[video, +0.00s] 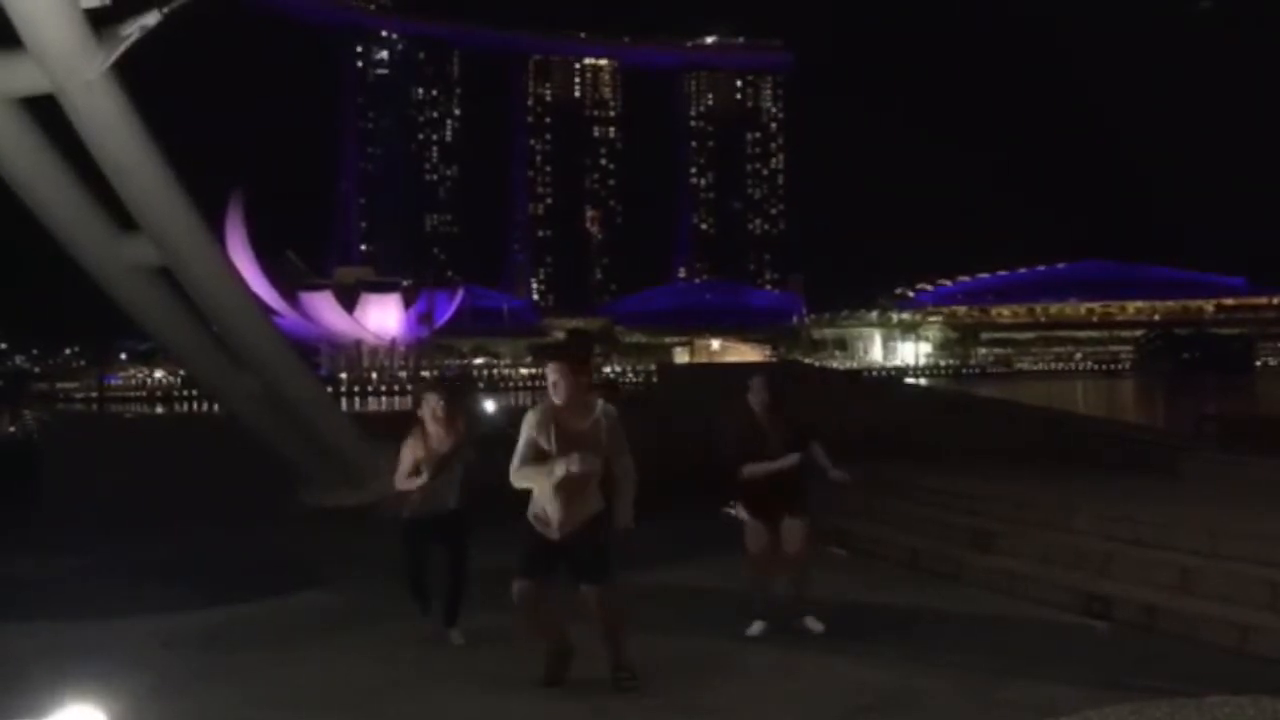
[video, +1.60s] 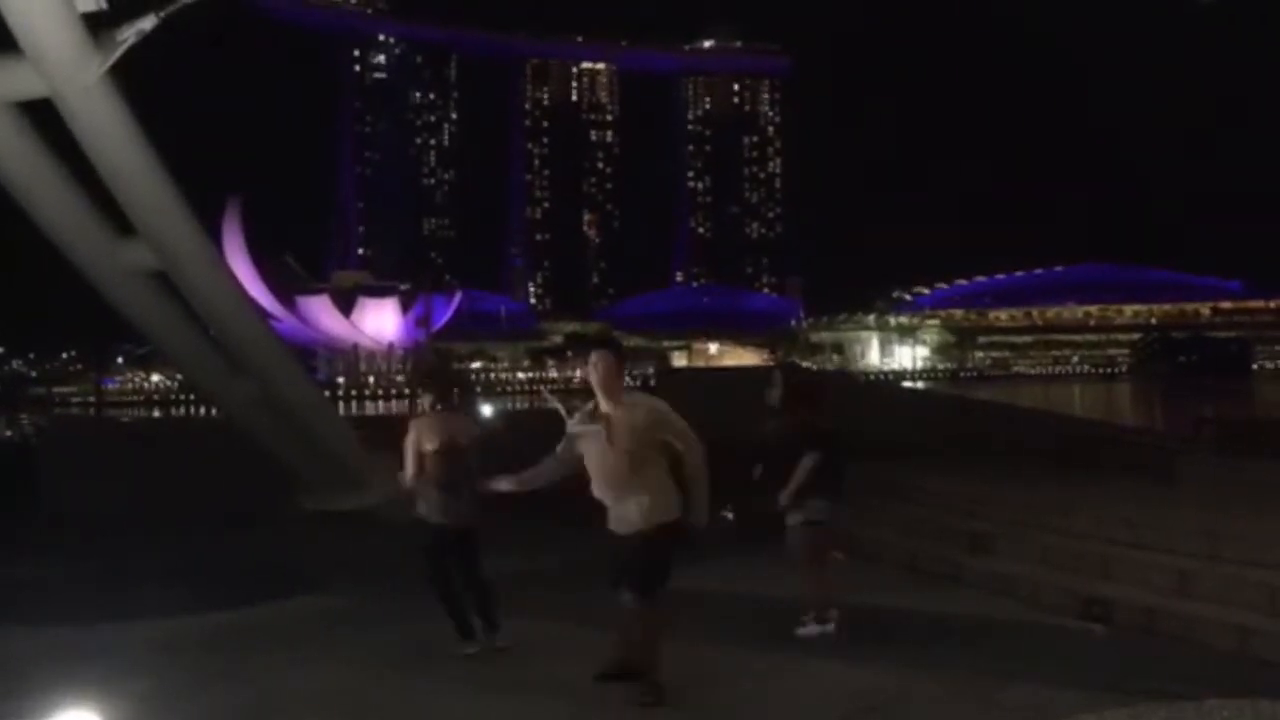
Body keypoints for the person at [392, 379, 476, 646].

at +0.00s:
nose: (438, 409)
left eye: (442, 403)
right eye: (431, 404)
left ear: (448, 407)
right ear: (421, 410)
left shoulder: (458, 438)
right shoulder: (415, 443)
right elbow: (399, 481)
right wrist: (422, 479)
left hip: (451, 512)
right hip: (420, 514)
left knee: (457, 567)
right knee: (415, 565)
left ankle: (452, 623)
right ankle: (424, 607)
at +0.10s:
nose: (434, 408)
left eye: (439, 401)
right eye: (427, 402)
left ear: (449, 404)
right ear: (418, 405)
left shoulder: (457, 432)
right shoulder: (411, 436)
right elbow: (386, 460)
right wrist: (404, 467)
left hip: (451, 508)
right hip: (416, 509)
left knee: (456, 565)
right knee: (405, 559)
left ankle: (451, 622)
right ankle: (403, 612)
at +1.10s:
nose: (437, 416)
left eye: (441, 410)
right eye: (431, 411)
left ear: (448, 414)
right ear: (421, 415)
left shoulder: (447, 442)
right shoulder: (413, 441)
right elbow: (374, 427)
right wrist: (405, 437)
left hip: (439, 517)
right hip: (412, 519)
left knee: (462, 568)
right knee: (412, 581)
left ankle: (439, 630)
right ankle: (391, 653)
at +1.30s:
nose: (462, 414)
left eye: (463, 407)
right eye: (459, 407)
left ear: (434, 405)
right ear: (445, 407)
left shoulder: (414, 428)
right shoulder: (431, 438)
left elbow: (380, 441)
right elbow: (469, 457)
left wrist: (361, 441)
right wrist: (483, 438)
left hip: (421, 520)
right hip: (426, 526)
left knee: (456, 578)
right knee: (429, 585)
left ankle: (444, 633)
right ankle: (399, 642)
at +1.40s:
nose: (466, 401)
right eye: (466, 396)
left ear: (431, 391)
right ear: (456, 397)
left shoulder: (410, 420)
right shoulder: (453, 428)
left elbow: (377, 440)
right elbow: (486, 462)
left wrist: (364, 435)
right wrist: (488, 434)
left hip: (413, 507)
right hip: (442, 512)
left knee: (435, 566)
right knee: (460, 564)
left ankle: (436, 619)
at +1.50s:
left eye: (429, 395)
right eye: (449, 396)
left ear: (424, 395)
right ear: (454, 395)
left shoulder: (410, 422)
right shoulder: (465, 425)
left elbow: (388, 455)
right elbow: (480, 462)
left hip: (422, 515)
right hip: (459, 514)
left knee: (435, 572)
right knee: (464, 564)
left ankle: (451, 632)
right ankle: (469, 616)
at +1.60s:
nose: (420, 401)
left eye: (422, 396)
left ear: (425, 396)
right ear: (453, 394)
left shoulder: (419, 427)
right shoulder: (467, 424)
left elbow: (410, 476)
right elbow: (478, 468)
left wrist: (401, 478)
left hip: (434, 517)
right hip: (468, 514)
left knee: (442, 578)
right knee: (473, 571)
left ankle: (467, 637)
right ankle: (492, 630)